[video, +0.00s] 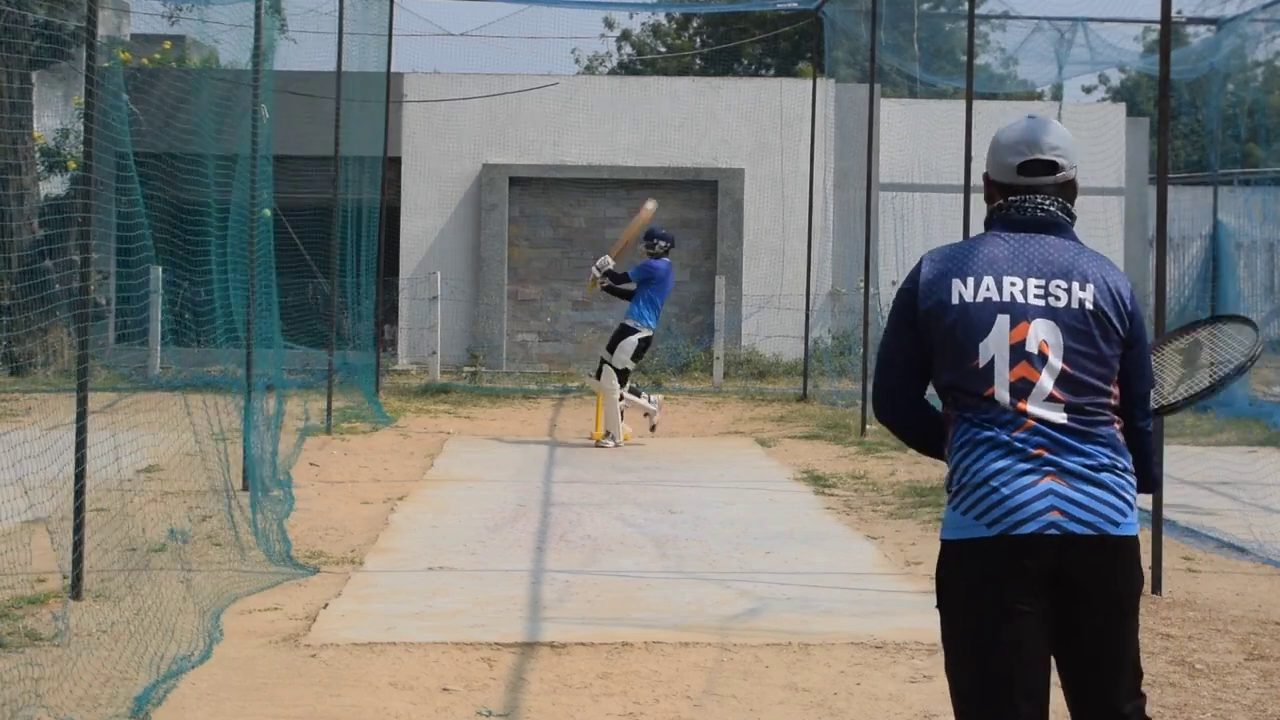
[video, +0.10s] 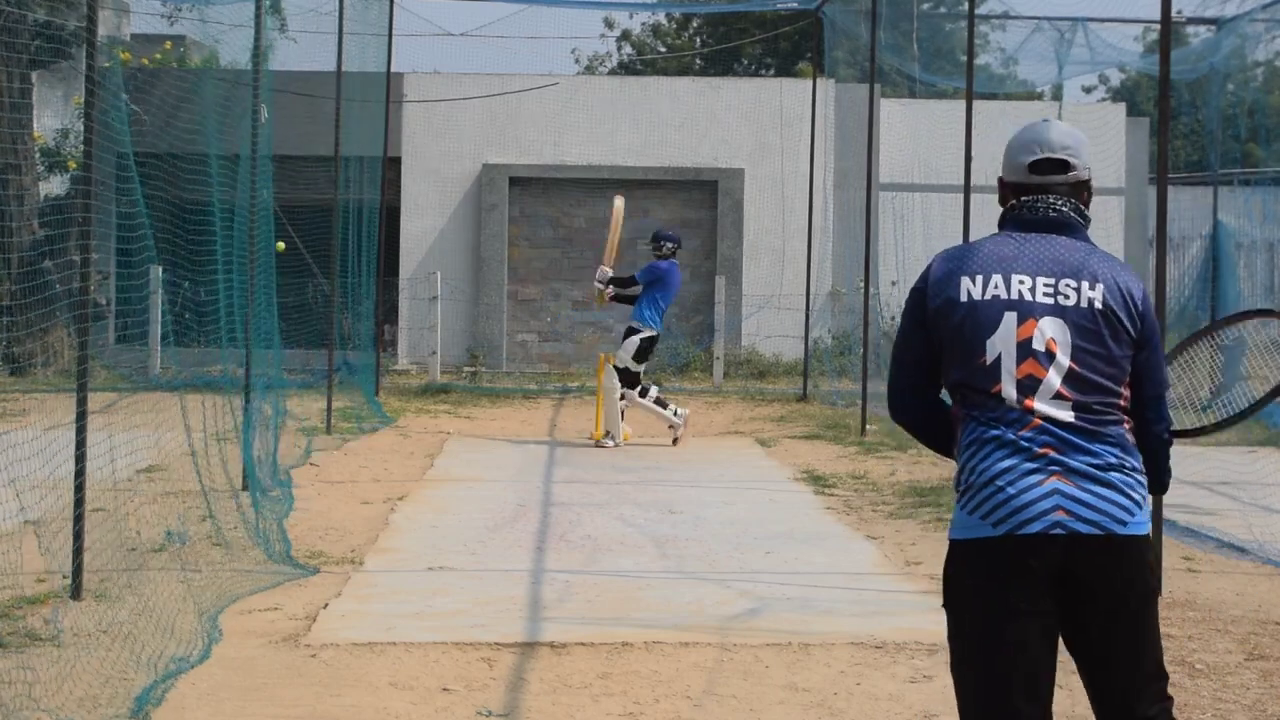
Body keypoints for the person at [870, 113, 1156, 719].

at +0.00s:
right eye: (1064, 183)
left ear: (990, 189)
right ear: (1071, 190)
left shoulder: (936, 272)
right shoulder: (1110, 279)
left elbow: (893, 401)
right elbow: (1140, 414)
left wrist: (967, 443)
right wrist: (1143, 476)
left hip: (988, 534)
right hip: (1102, 534)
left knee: (996, 709)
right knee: (1113, 706)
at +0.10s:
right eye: (1084, 187)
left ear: (1004, 192)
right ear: (1086, 194)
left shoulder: (948, 271)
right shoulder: (1124, 282)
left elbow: (909, 401)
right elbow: (1154, 424)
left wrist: (983, 445)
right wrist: (1149, 494)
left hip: (996, 533)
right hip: (1114, 532)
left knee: (1002, 708)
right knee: (1137, 705)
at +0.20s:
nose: (1131, 216)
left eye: (1127, 206)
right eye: (1130, 207)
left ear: (1046, 206)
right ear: (1122, 208)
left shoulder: (974, 276)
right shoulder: (1152, 289)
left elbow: (941, 405)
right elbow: (1183, 434)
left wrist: (1010, 456)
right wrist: (1149, 502)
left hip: (1009, 539)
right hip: (1133, 540)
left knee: (1007, 711)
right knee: (1180, 708)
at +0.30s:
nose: (1166, 239)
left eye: (1166, 229)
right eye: (1164, 228)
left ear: (1084, 219)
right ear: (1154, 225)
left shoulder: (1002, 284)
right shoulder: (1181, 301)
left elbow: (971, 414)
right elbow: (1208, 446)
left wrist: (1034, 476)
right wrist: (1172, 515)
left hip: (1025, 547)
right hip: (1153, 549)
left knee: (1010, 710)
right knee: (1202, 709)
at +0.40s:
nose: (1231, 300)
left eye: (1232, 290)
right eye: (1231, 287)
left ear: (1151, 264)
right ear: (1219, 275)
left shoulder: (1064, 317)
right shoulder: (1236, 330)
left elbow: (1031, 451)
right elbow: (1255, 461)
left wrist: (1077, 518)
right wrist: (1229, 538)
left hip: (1064, 560)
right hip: (1197, 566)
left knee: (1023, 710)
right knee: (1238, 710)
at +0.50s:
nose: (1273, 337)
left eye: (1274, 329)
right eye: (1274, 328)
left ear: (1201, 305)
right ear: (1265, 319)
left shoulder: (1116, 351)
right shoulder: (1270, 354)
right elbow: (1268, 486)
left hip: (1101, 557)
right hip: (1241, 565)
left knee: (1045, 708)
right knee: (1261, 706)